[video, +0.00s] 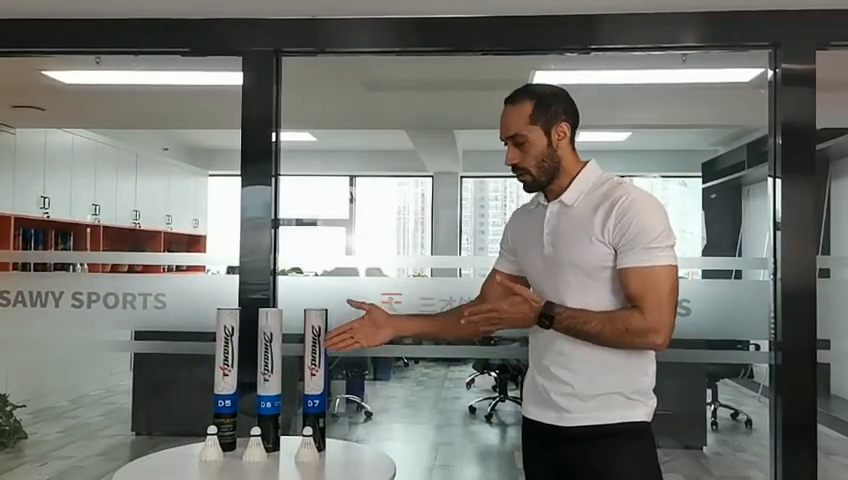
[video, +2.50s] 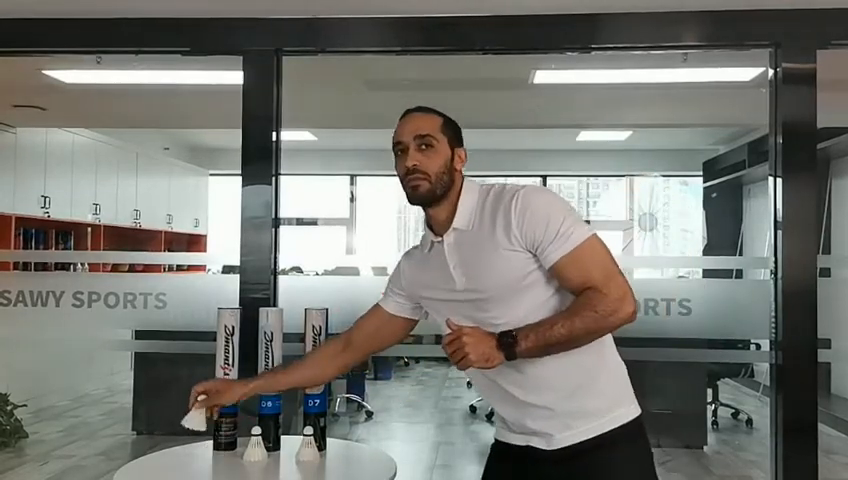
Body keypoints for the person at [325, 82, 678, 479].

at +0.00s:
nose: (509, 160)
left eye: (519, 143)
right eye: (506, 146)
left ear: (561, 133)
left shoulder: (631, 208)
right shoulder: (523, 221)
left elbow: (654, 330)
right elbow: (486, 313)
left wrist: (541, 313)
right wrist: (396, 325)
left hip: (615, 429)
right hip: (542, 425)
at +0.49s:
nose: (494, 169)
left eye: (502, 151)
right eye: (490, 155)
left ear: (543, 135)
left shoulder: (621, 206)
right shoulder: (510, 224)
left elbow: (659, 327)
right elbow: (494, 324)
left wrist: (544, 321)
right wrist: (404, 342)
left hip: (618, 432)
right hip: (541, 431)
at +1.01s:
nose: (490, 165)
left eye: (497, 147)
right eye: (486, 151)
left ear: (537, 133)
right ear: (536, 134)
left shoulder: (619, 203)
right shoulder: (517, 223)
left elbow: (654, 325)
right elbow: (520, 324)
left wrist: (538, 321)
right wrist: (441, 344)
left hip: (618, 430)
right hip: (544, 427)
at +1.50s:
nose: (513, 156)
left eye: (520, 139)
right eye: (511, 143)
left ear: (562, 126)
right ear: (561, 127)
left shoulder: (645, 196)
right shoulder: (546, 226)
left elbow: (685, 323)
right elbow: (549, 330)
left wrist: (566, 321)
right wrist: (458, 364)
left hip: (656, 440)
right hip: (573, 432)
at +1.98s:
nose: (426, 179)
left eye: (435, 163)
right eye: (425, 166)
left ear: (479, 159)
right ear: (463, 165)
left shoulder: (562, 213)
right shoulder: (458, 262)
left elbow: (634, 315)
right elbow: (377, 334)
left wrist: (521, 341)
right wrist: (280, 380)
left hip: (619, 449)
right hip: (534, 449)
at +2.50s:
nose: (410, 160)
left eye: (424, 145)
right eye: (400, 151)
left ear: (458, 155)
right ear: (396, 167)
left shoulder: (525, 207)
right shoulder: (415, 271)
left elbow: (615, 302)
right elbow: (343, 351)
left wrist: (506, 345)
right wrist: (245, 388)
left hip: (605, 439)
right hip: (516, 449)